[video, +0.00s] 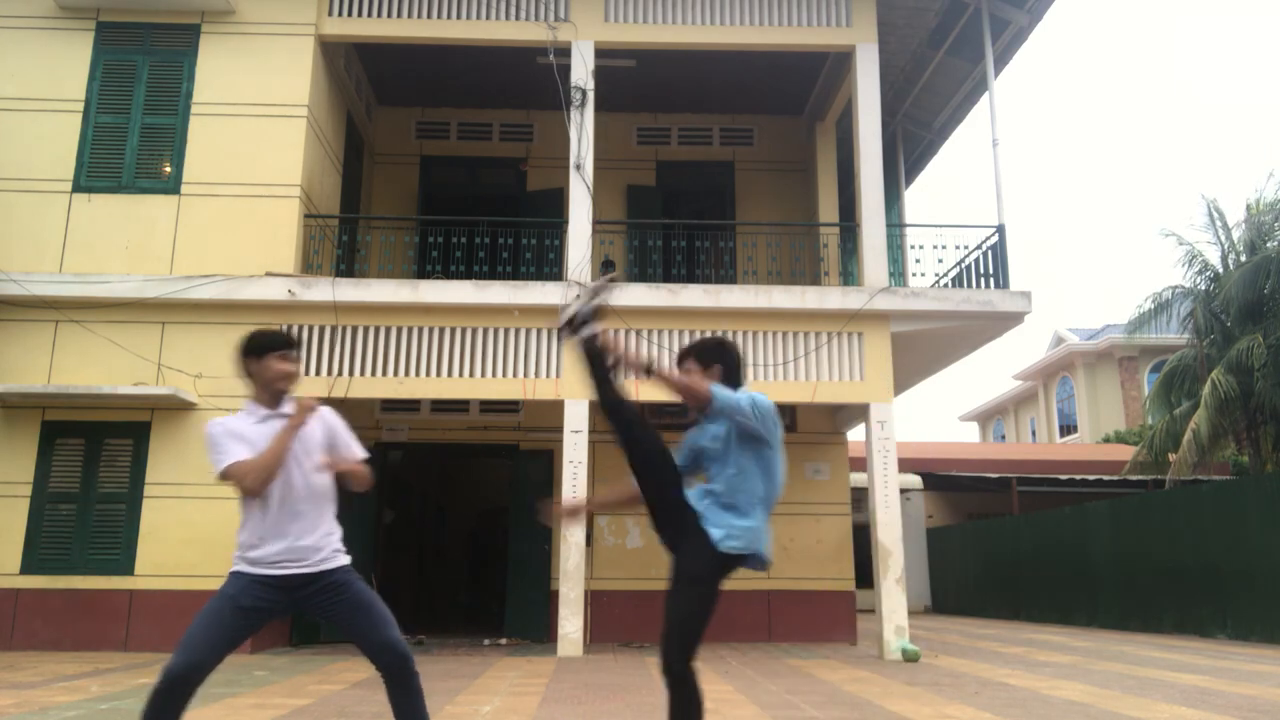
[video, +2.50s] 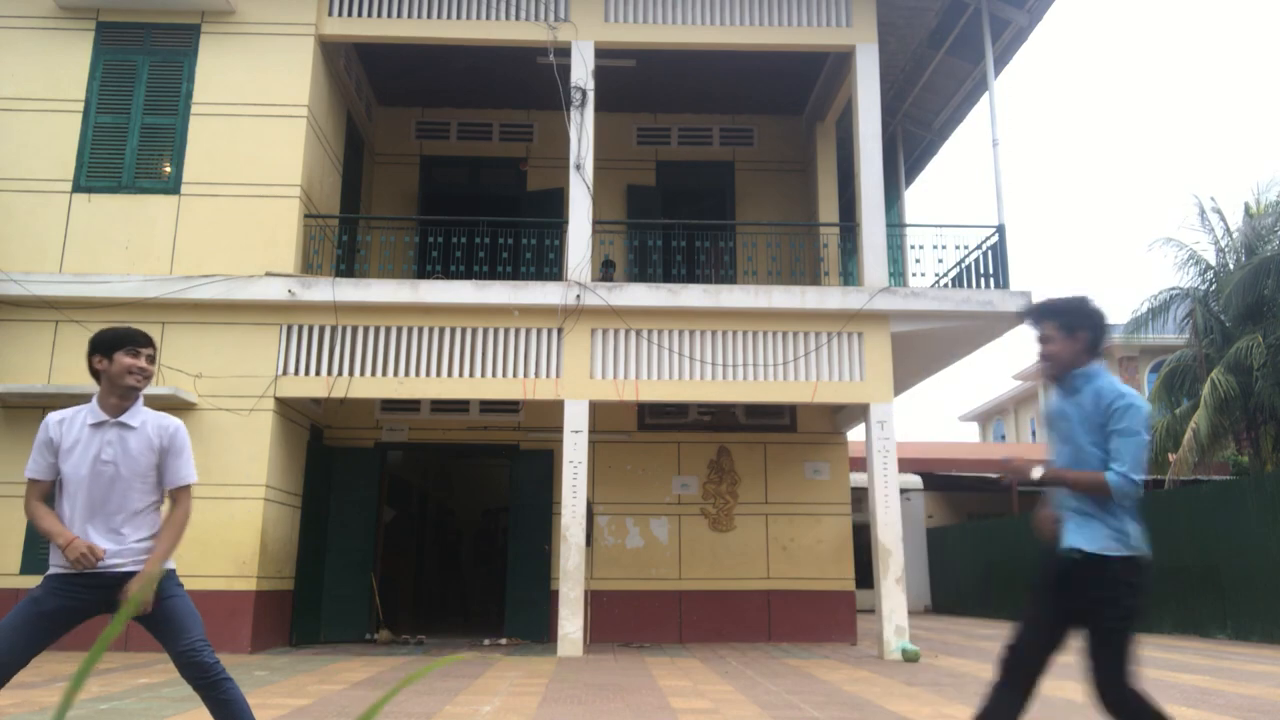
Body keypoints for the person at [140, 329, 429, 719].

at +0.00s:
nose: (290, 366)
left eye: (294, 358)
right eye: (279, 358)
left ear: (299, 366)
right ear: (251, 366)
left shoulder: (322, 418)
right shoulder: (225, 429)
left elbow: (365, 481)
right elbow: (251, 482)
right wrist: (295, 423)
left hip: (328, 573)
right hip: (256, 577)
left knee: (397, 656)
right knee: (182, 671)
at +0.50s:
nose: (124, 400)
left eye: (126, 391)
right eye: (109, 392)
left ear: (134, 396)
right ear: (78, 406)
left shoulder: (175, 434)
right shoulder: (80, 486)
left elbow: (227, 487)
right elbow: (120, 549)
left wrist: (238, 551)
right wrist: (137, 475)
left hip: (234, 579)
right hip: (165, 592)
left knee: (290, 673)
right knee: (84, 676)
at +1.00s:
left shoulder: (41, 507)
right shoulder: (12, 519)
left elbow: (130, 487)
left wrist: (117, 545)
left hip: (132, 604)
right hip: (62, 607)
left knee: (193, 670)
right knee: (0, 659)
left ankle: (235, 714)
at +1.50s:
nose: (5, 537)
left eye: (7, 525)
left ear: (18, 521)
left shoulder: (62, 541)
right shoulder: (4, 571)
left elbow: (128, 584)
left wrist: (89, 657)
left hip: (110, 617)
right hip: (43, 625)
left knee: (174, 680)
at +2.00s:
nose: (36, 410)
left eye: (44, 401)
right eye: (23, 401)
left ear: (52, 407)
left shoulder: (87, 457)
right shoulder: (2, 475)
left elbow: (140, 515)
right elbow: (7, 544)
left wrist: (78, 569)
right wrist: (6, 565)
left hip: (123, 591)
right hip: (51, 599)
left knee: (191, 670)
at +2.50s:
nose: (143, 365)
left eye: (149, 359)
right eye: (132, 354)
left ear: (154, 370)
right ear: (100, 363)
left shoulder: (167, 431)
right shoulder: (58, 427)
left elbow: (181, 505)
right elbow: (35, 502)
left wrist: (150, 573)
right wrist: (67, 540)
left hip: (146, 576)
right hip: (72, 578)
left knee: (201, 665)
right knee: (1, 658)